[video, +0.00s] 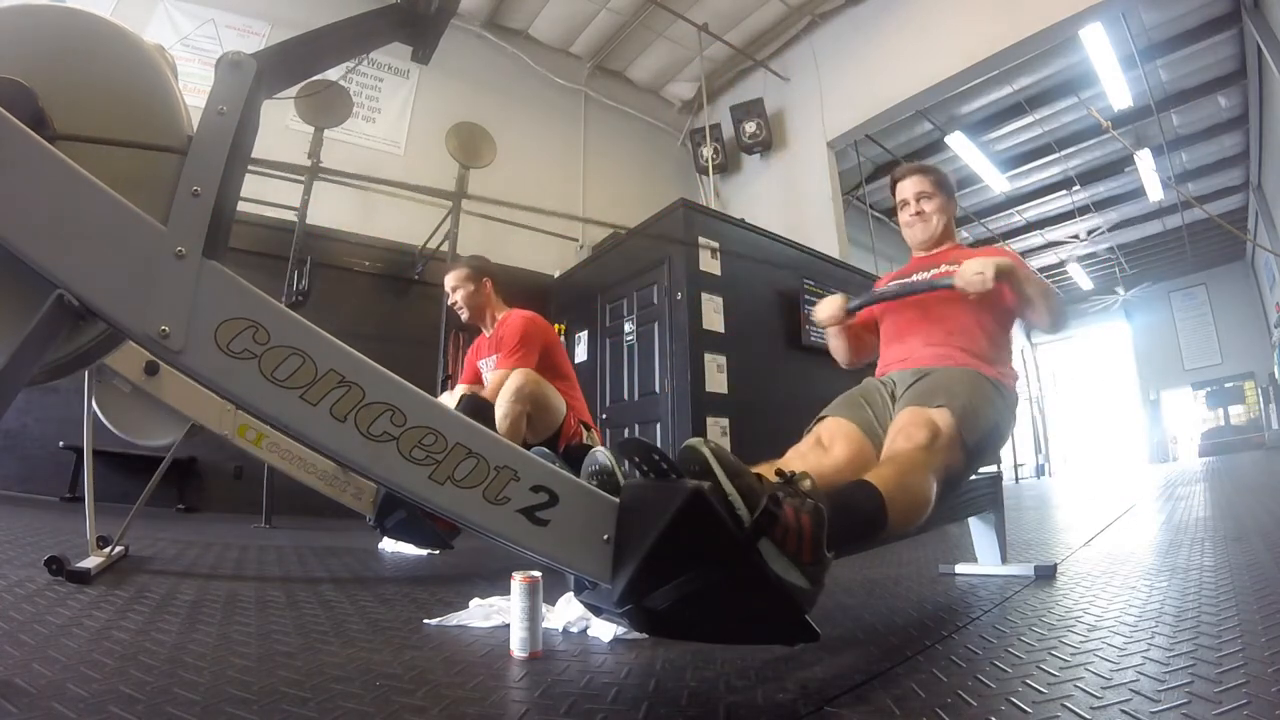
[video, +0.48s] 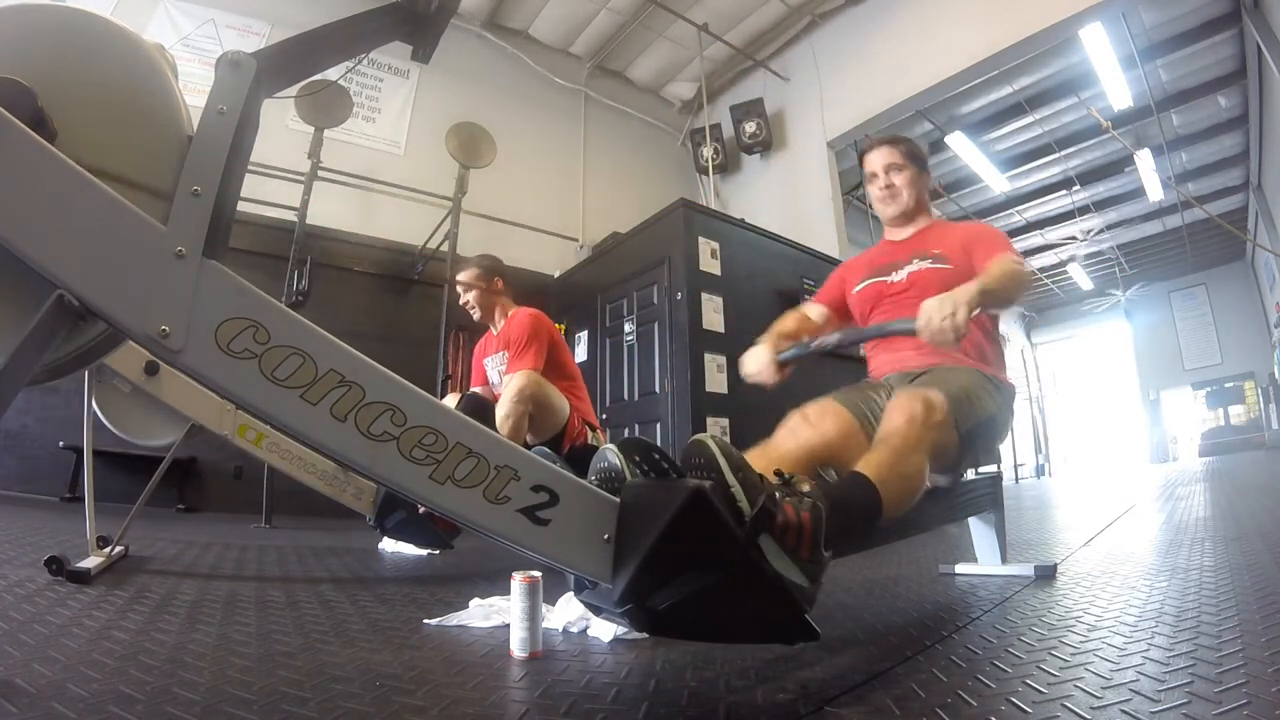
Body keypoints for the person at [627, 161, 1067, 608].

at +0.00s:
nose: (914, 208)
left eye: (925, 197)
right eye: (904, 203)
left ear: (951, 206)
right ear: (897, 220)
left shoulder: (990, 258)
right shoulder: (889, 282)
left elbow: (1047, 317)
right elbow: (853, 356)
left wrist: (1009, 267)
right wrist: (835, 325)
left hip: (962, 374)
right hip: (886, 382)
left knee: (915, 437)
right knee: (822, 445)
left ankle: (820, 529)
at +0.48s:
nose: (883, 182)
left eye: (894, 170)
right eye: (873, 178)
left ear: (925, 179)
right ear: (867, 194)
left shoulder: (970, 235)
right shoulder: (854, 269)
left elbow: (1016, 275)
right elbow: (808, 318)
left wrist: (970, 292)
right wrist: (769, 343)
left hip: (966, 374)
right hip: (882, 385)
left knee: (910, 413)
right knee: (805, 424)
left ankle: (828, 517)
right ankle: (693, 488)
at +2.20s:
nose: (916, 201)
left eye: (927, 190)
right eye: (906, 196)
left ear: (953, 197)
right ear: (900, 210)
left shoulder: (992, 255)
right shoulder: (888, 280)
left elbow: (1057, 325)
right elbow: (862, 359)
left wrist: (1027, 266)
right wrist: (844, 324)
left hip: (960, 371)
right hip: (885, 383)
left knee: (917, 437)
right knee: (825, 441)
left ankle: (820, 525)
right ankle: (707, 488)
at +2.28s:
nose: (910, 196)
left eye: (921, 184)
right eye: (900, 191)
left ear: (950, 194)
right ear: (895, 209)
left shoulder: (993, 251)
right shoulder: (883, 276)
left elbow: (1059, 320)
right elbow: (854, 358)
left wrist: (1018, 268)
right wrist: (831, 328)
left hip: (960, 372)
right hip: (884, 382)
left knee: (915, 440)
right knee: (821, 443)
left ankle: (820, 527)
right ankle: (728, 494)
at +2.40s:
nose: (902, 190)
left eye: (913, 178)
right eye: (892, 184)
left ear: (942, 186)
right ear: (888, 200)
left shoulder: (990, 246)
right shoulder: (874, 273)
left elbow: (1054, 303)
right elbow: (843, 345)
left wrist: (1005, 279)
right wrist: (811, 340)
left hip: (963, 374)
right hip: (882, 385)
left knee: (919, 434)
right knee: (823, 441)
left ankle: (820, 526)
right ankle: (697, 490)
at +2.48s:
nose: (891, 182)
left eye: (902, 169)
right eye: (881, 177)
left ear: (935, 178)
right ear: (876, 194)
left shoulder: (980, 235)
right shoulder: (860, 270)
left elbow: (1036, 285)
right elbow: (814, 316)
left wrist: (974, 290)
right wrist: (773, 335)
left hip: (968, 374)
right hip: (885, 385)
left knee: (916, 420)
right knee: (813, 431)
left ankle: (825, 527)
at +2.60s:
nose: (875, 172)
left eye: (887, 158)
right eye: (865, 166)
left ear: (919, 167)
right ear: (860, 184)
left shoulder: (967, 222)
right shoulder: (848, 260)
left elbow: (998, 261)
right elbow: (794, 300)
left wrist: (942, 287)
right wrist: (741, 332)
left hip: (972, 382)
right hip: (882, 392)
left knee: (913, 393)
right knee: (795, 414)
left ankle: (822, 518)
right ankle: (698, 496)